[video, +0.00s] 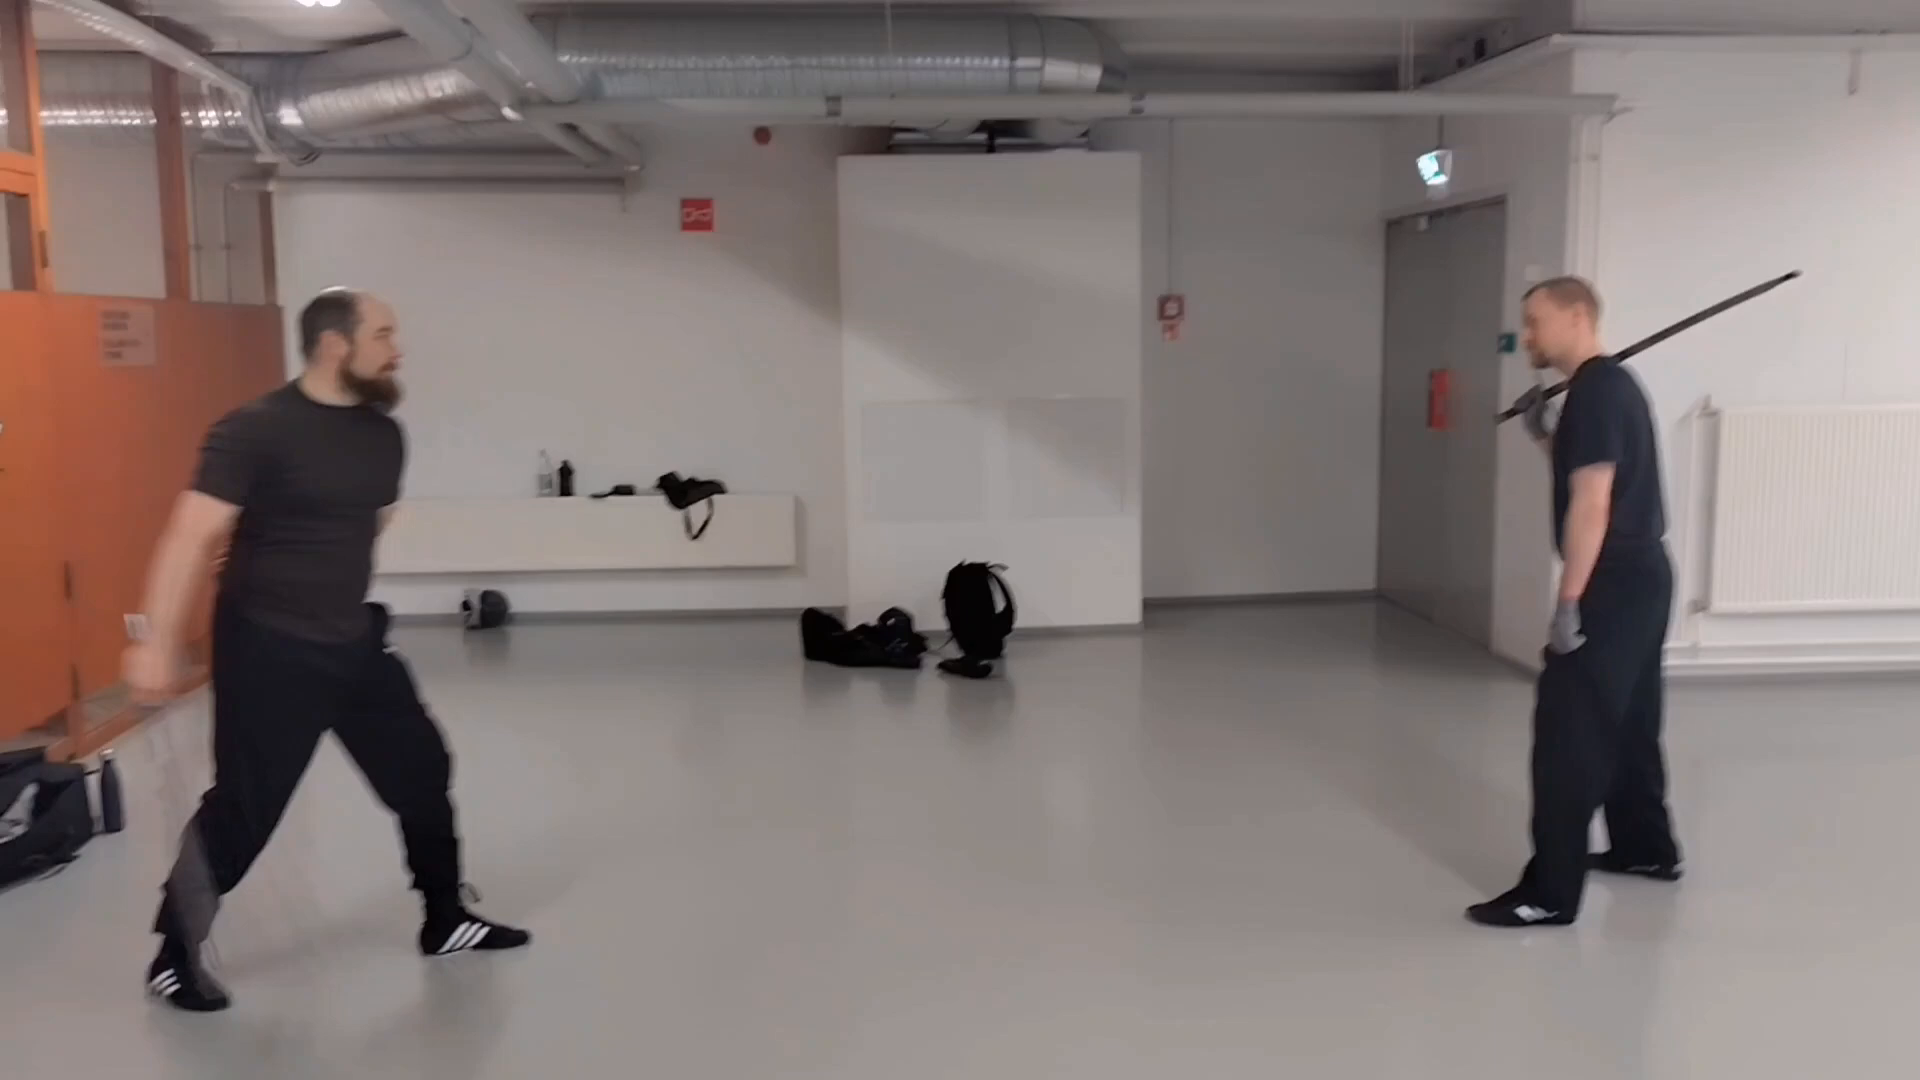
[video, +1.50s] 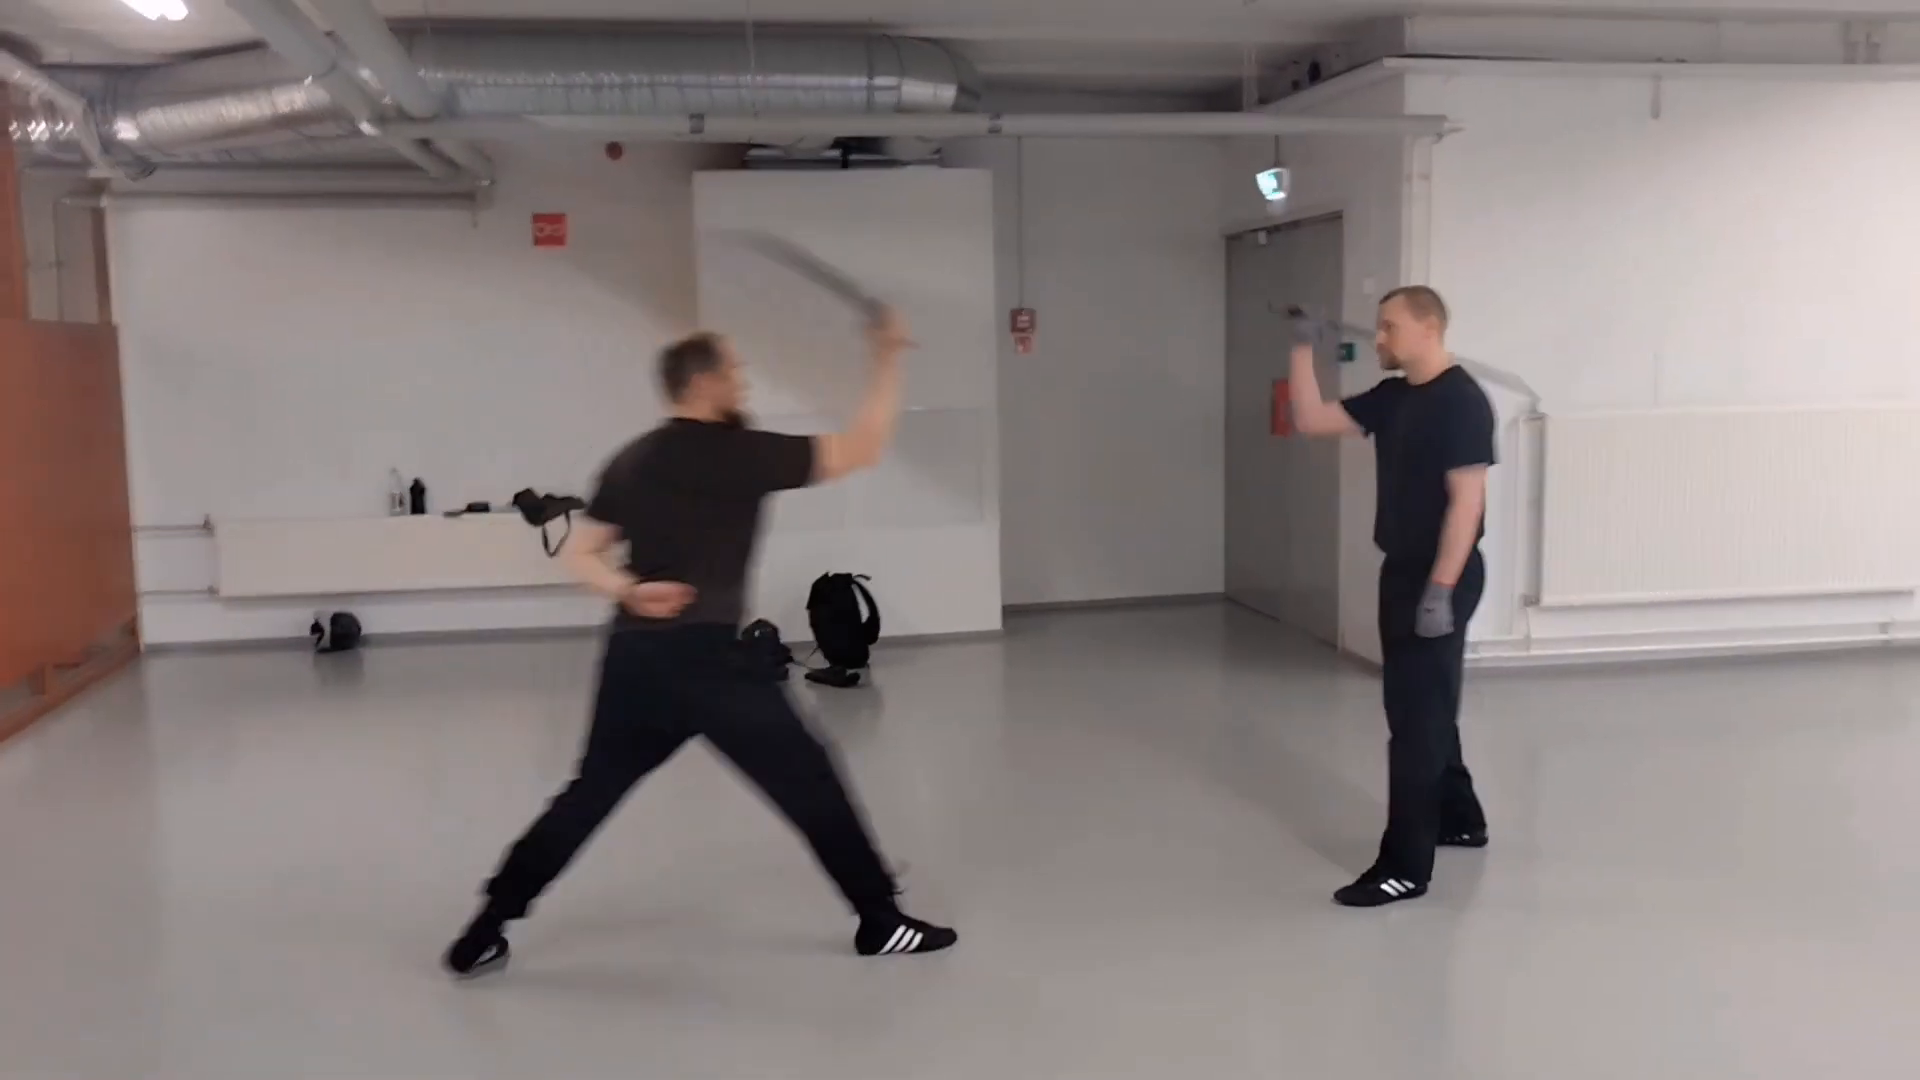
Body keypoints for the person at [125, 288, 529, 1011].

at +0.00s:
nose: (396, 350)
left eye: (395, 336)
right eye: (382, 336)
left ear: (351, 347)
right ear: (332, 346)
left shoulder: (381, 433)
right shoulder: (255, 432)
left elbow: (365, 534)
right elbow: (189, 537)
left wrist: (348, 610)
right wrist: (157, 640)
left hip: (351, 648)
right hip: (266, 652)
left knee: (421, 771)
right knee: (245, 806)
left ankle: (445, 918)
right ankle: (174, 954)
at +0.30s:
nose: (396, 354)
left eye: (394, 340)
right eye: (384, 340)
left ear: (344, 347)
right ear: (336, 346)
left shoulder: (372, 433)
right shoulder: (260, 430)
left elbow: (339, 529)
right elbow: (162, 517)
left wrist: (351, 604)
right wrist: (87, 608)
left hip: (353, 636)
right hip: (269, 645)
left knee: (436, 750)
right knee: (265, 805)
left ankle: (466, 900)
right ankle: (192, 939)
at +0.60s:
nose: (448, 367)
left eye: (446, 353)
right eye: (437, 353)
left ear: (393, 363)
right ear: (389, 360)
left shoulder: (378, 430)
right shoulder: (357, 430)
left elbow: (361, 528)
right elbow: (356, 536)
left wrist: (292, 554)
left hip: (366, 632)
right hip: (304, 634)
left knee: (451, 761)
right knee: (271, 790)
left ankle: (524, 902)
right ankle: (169, 934)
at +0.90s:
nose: (521, 375)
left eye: (520, 363)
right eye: (513, 363)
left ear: (464, 362)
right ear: (473, 360)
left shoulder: (456, 429)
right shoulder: (440, 402)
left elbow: (441, 526)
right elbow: (550, 380)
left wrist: (374, 552)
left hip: (437, 636)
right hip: (388, 630)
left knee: (502, 759)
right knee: (354, 794)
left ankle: (477, 918)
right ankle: (201, 911)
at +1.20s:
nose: (603, 362)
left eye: (600, 349)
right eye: (594, 349)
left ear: (539, 356)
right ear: (557, 352)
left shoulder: (495, 423)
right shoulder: (564, 403)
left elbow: (452, 510)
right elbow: (659, 346)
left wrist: (450, 544)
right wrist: (664, 258)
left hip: (471, 620)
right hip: (520, 621)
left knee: (505, 777)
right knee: (611, 761)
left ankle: (449, 931)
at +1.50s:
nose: (741, 380)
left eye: (735, 368)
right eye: (731, 369)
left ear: (678, 386)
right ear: (704, 381)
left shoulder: (638, 459)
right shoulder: (740, 452)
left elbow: (578, 555)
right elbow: (859, 451)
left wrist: (628, 590)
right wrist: (887, 358)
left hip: (637, 662)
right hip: (714, 663)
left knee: (587, 798)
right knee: (809, 783)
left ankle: (484, 927)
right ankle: (881, 919)